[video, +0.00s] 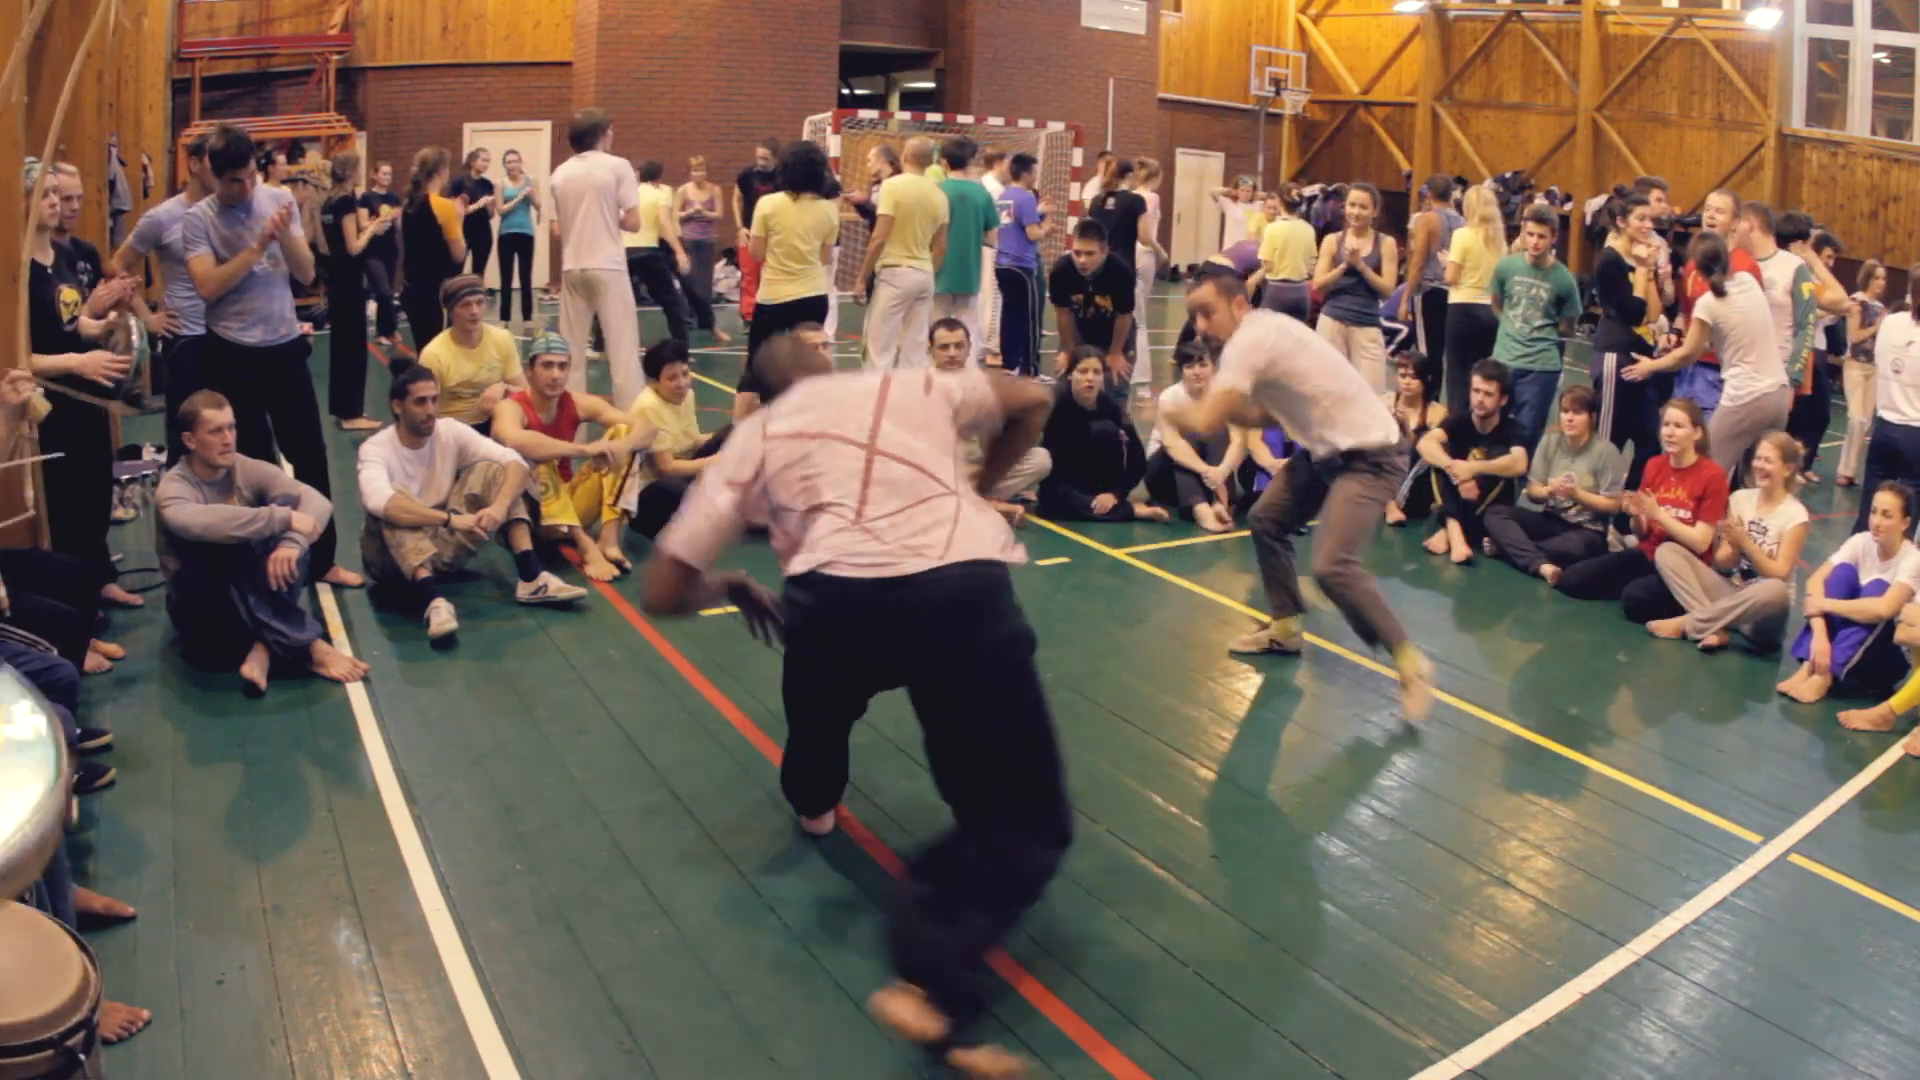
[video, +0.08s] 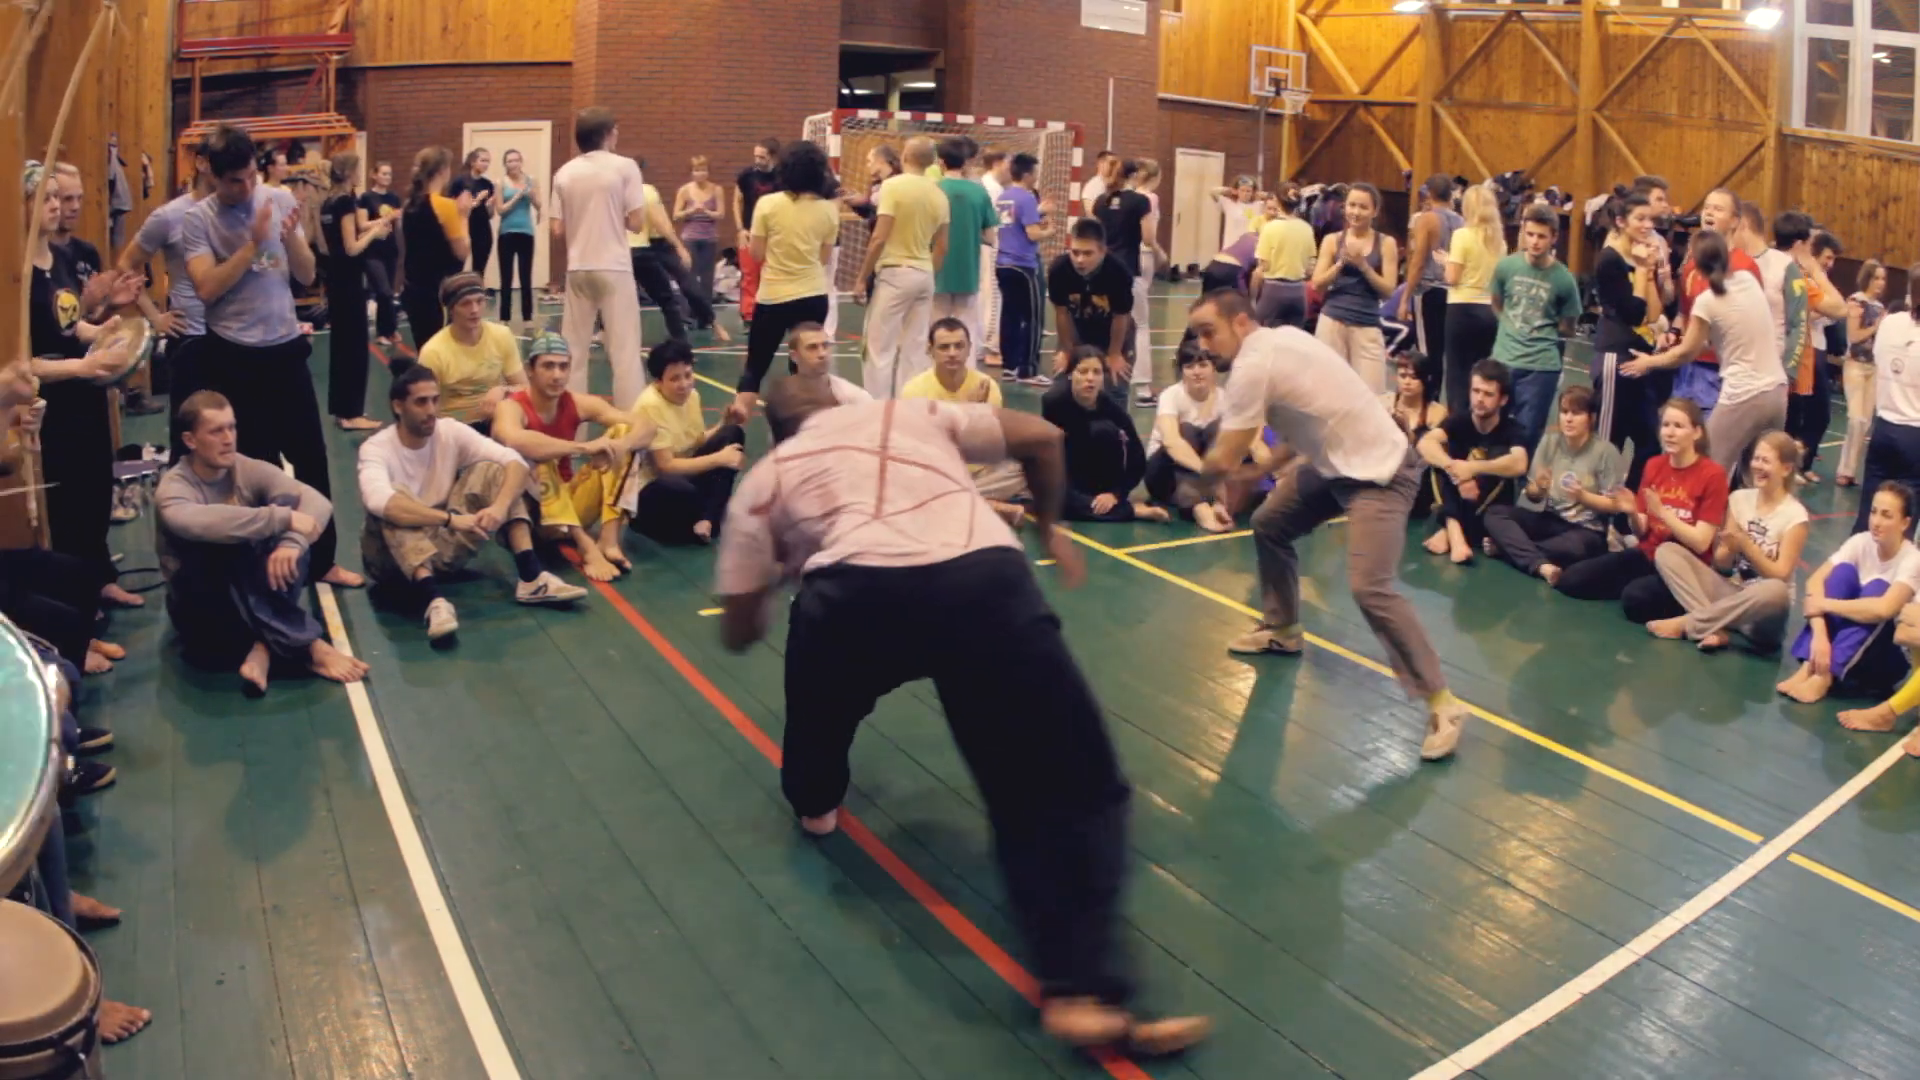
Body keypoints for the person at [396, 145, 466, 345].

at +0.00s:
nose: (449, 173)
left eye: (448, 168)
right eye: (447, 168)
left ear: (421, 170)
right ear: (441, 171)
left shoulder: (408, 206)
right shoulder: (444, 206)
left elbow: (405, 250)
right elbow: (458, 253)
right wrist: (459, 217)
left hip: (412, 286)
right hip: (434, 288)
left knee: (423, 350)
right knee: (434, 349)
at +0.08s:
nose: (450, 173)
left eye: (450, 168)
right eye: (449, 167)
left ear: (422, 170)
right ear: (443, 171)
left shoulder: (409, 207)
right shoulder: (445, 205)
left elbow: (405, 251)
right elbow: (462, 251)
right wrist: (464, 215)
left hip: (413, 287)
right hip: (438, 289)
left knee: (425, 351)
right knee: (439, 350)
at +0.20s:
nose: (451, 172)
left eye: (450, 167)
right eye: (450, 166)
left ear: (423, 170)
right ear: (444, 170)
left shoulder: (411, 206)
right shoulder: (447, 204)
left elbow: (406, 251)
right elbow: (464, 250)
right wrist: (466, 214)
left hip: (415, 285)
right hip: (441, 287)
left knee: (425, 349)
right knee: (441, 349)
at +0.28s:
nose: (452, 172)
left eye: (452, 167)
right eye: (451, 167)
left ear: (425, 170)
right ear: (445, 170)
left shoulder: (411, 207)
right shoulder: (452, 204)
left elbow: (411, 248)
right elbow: (463, 250)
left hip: (417, 284)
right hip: (444, 284)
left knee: (425, 348)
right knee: (441, 345)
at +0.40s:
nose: (454, 172)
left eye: (453, 167)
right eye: (453, 167)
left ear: (426, 168)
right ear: (447, 170)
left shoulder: (414, 203)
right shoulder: (451, 203)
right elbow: (470, 248)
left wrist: (465, 208)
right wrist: (467, 211)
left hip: (418, 283)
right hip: (444, 286)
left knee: (426, 349)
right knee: (443, 349)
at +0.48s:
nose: (455, 172)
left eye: (454, 167)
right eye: (454, 167)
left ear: (426, 168)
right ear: (448, 170)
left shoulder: (414, 204)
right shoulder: (451, 202)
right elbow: (471, 246)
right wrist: (471, 211)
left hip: (418, 283)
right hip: (445, 286)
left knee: (426, 347)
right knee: (444, 347)